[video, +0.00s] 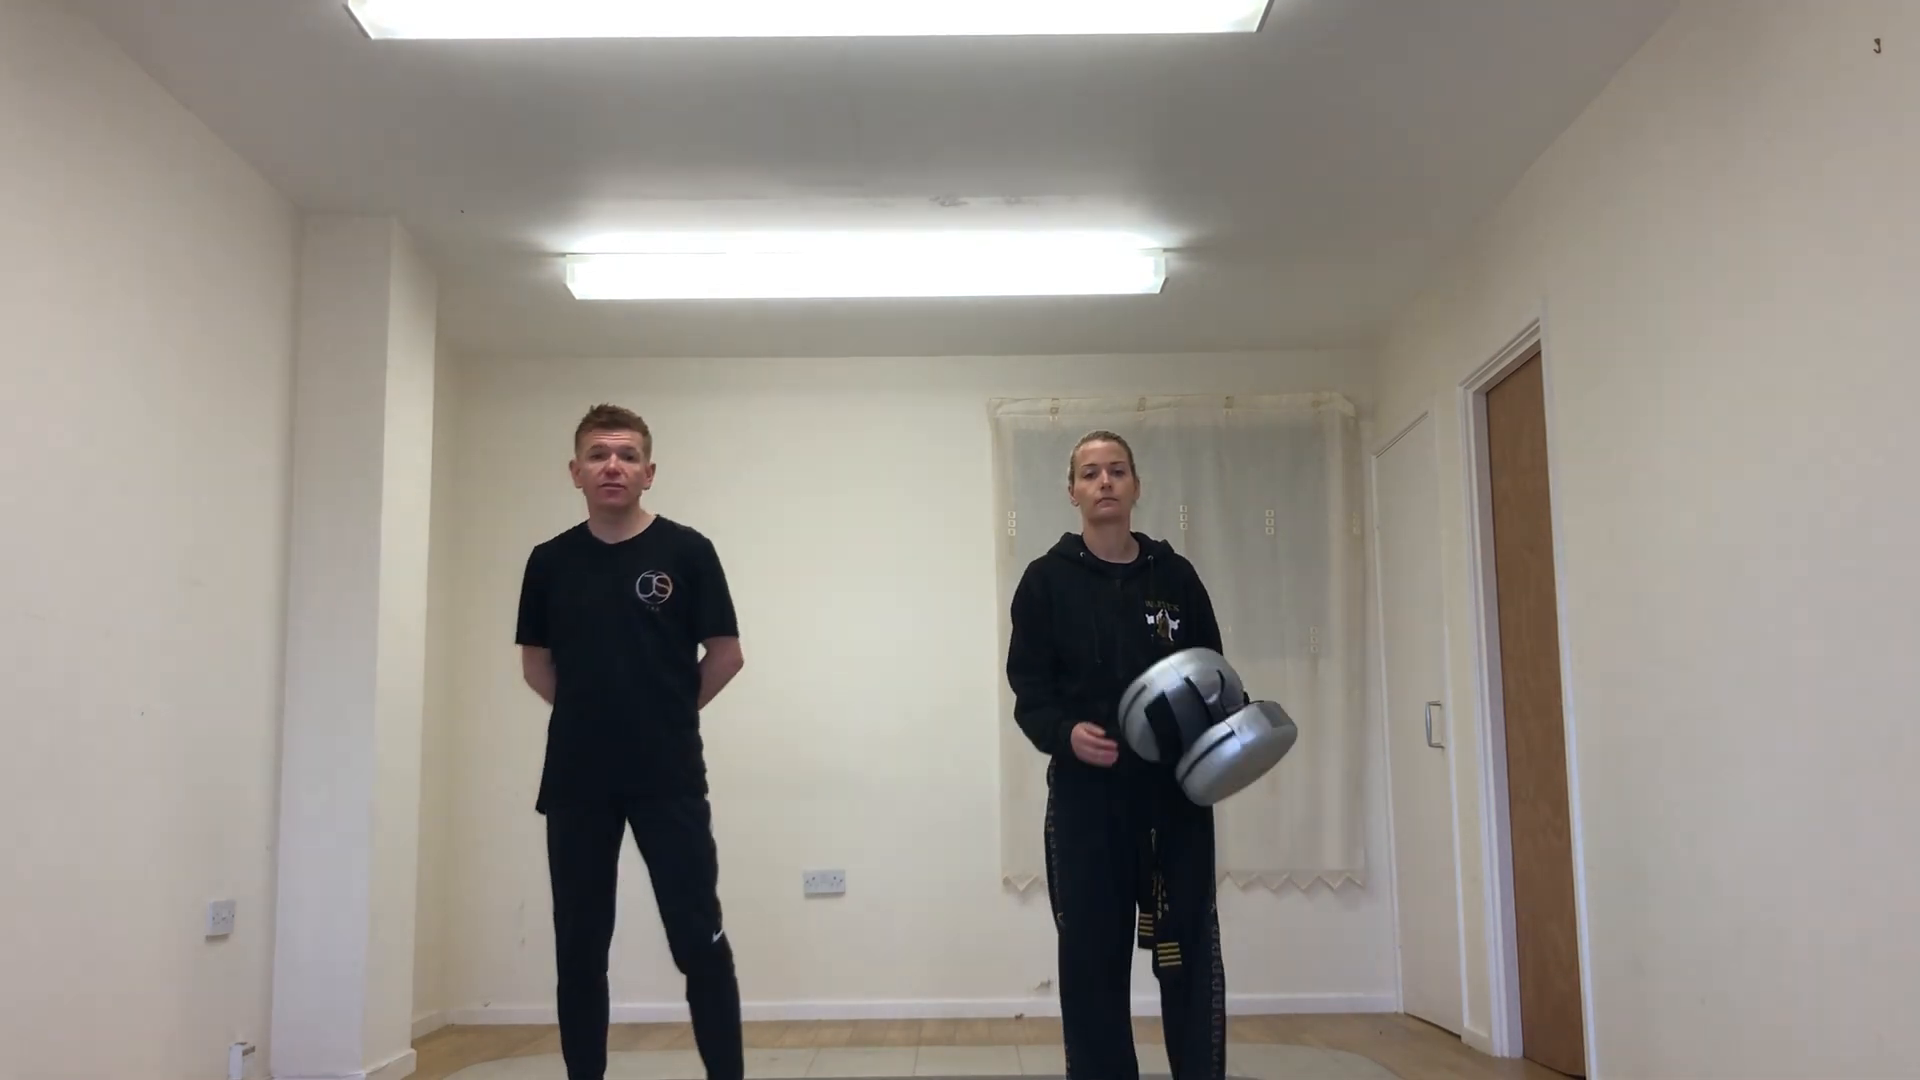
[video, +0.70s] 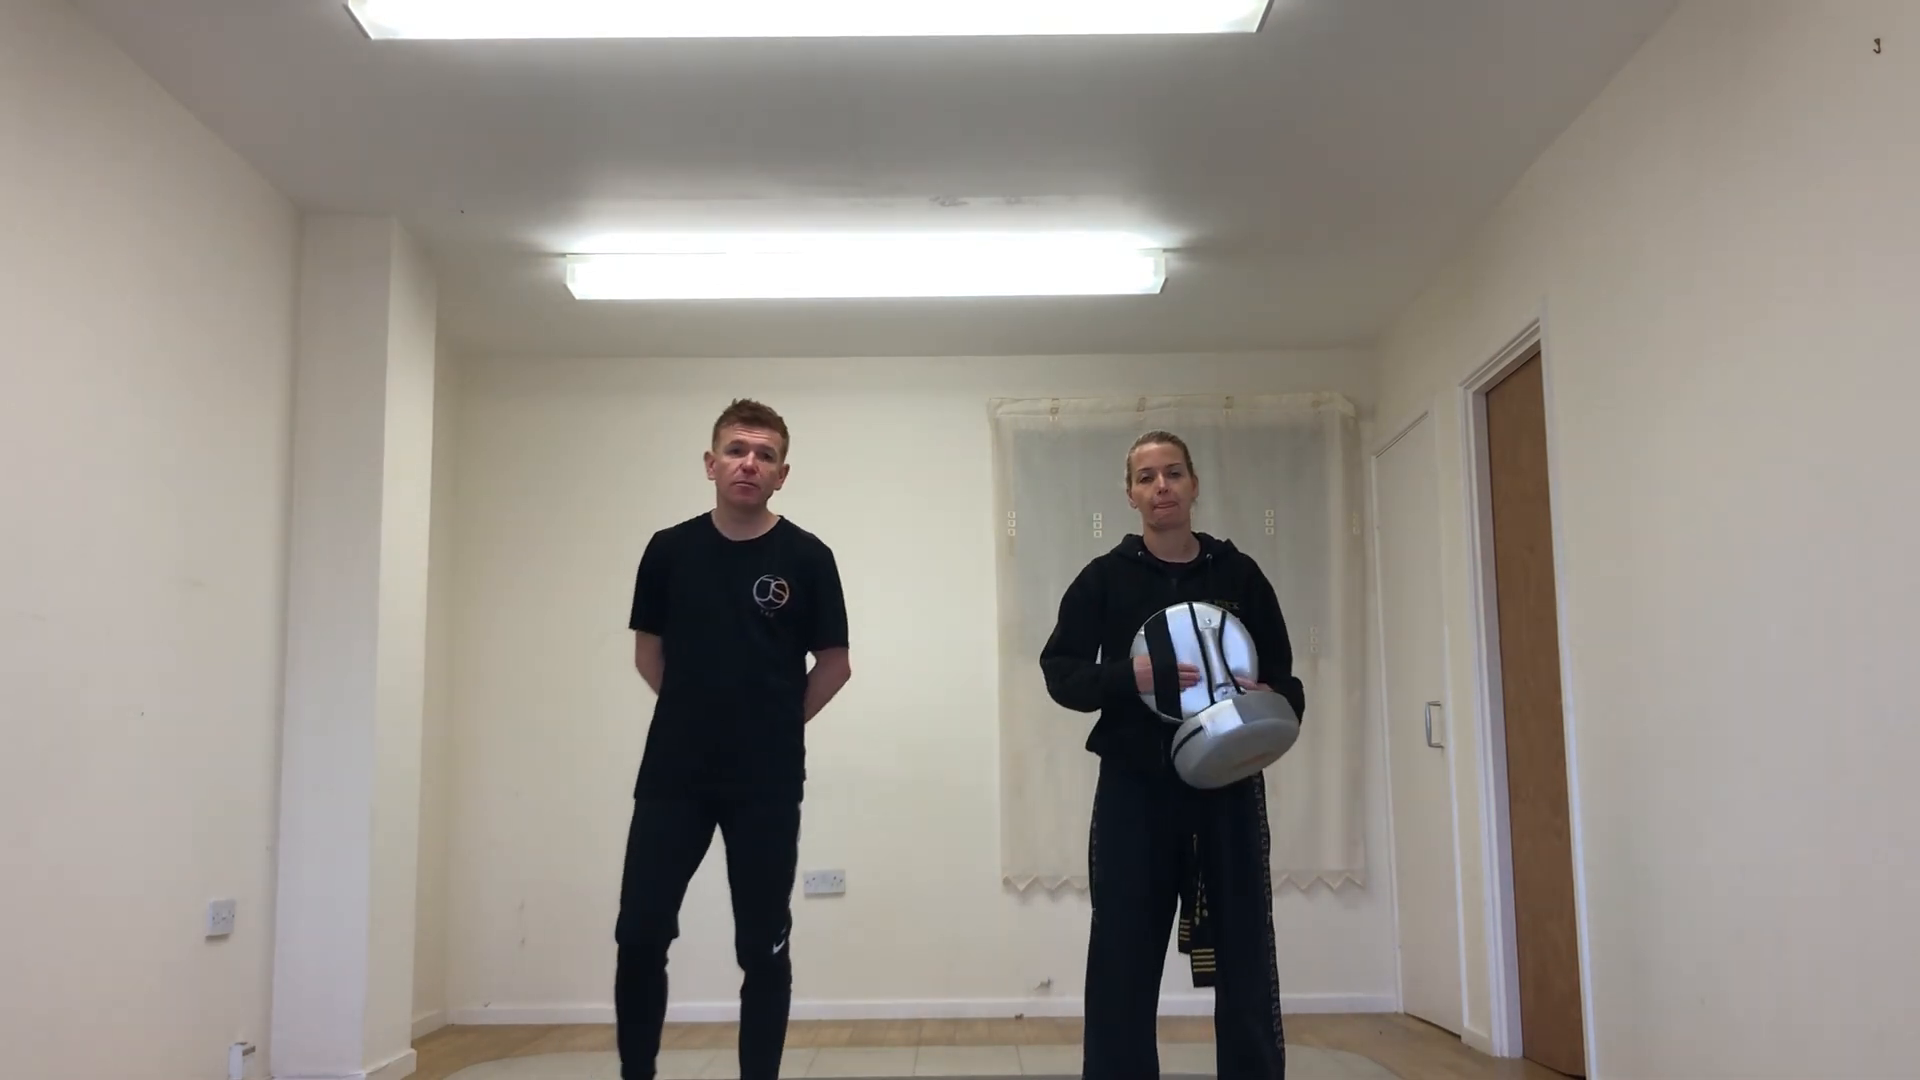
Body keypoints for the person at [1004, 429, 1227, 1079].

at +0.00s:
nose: (1104, 481)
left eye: (1116, 470)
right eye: (1090, 473)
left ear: (1136, 486)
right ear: (1073, 492)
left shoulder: (1175, 573)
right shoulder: (1045, 579)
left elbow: (1209, 672)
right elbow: (1029, 689)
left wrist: (1213, 729)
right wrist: (1064, 732)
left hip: (1175, 788)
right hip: (1087, 792)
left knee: (1191, 952)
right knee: (1092, 959)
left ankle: (1200, 1073)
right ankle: (1101, 1077)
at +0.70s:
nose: (1161, 485)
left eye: (1173, 473)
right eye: (1146, 477)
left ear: (1193, 485)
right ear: (1131, 494)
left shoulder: (1239, 572)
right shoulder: (1103, 579)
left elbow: (1285, 682)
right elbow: (1061, 676)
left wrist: (1264, 694)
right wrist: (1130, 674)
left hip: (1230, 789)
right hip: (1137, 789)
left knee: (1246, 959)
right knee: (1124, 964)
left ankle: (1253, 1074)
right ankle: (1119, 1077)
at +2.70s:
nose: (1172, 484)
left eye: (1183, 472)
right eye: (1157, 475)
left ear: (1203, 485)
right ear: (1140, 492)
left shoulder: (1239, 569)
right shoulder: (1110, 575)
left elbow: (1281, 656)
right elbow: (1078, 667)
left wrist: (1292, 658)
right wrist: (1162, 694)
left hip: (1234, 780)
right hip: (1141, 781)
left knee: (1249, 955)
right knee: (1134, 961)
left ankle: (1259, 1075)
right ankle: (1128, 1076)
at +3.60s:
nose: (1164, 487)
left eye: (1176, 475)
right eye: (1150, 479)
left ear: (1198, 485)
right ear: (1134, 495)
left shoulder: (1241, 574)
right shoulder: (1108, 578)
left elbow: (1305, 658)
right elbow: (1062, 669)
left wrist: (1288, 690)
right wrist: (1082, 723)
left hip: (1232, 794)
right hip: (1137, 798)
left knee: (1249, 973)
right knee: (1130, 977)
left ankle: (1258, 1077)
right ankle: (1125, 1078)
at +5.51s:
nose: (1175, 488)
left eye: (1188, 476)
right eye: (1161, 477)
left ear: (1206, 486)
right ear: (1143, 488)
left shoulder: (1239, 570)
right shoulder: (1110, 574)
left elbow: (1255, 668)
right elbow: (1094, 681)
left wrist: (1216, 730)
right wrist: (1137, 740)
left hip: (1229, 780)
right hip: (1138, 782)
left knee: (1249, 961)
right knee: (1130, 966)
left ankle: (1261, 1077)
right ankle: (1124, 1079)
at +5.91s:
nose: (1176, 486)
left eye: (1189, 474)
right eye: (1162, 475)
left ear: (1207, 486)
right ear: (1143, 487)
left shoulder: (1240, 570)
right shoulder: (1110, 574)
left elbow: (1256, 667)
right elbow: (1094, 678)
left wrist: (1219, 730)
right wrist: (1135, 740)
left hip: (1229, 779)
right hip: (1138, 781)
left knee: (1249, 963)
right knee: (1130, 966)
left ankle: (1261, 1077)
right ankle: (1123, 1078)